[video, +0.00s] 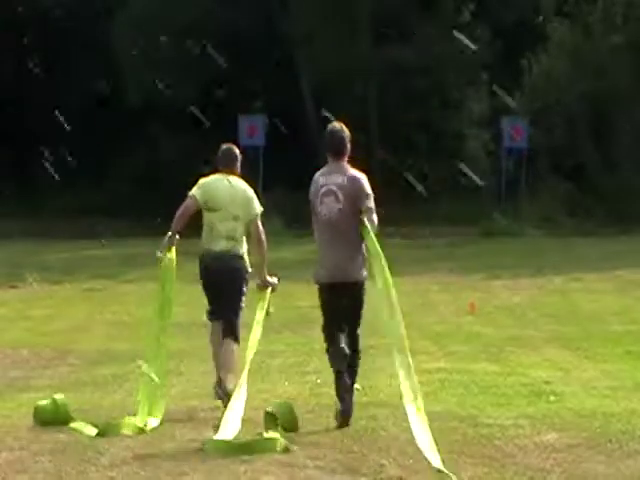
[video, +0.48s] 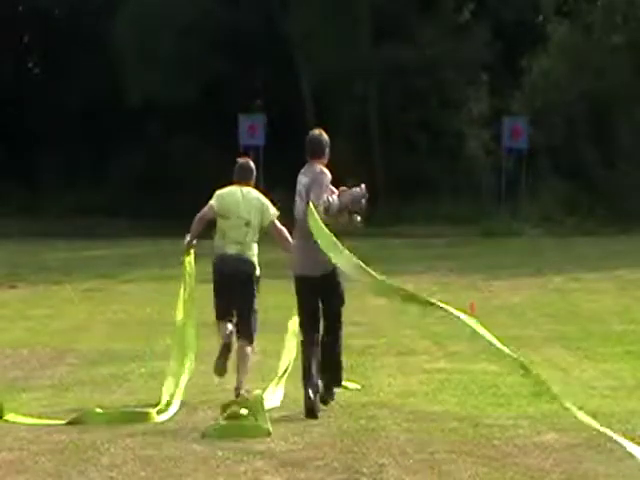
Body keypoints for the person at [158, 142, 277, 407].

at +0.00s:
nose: (239, 167)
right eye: (240, 163)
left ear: (217, 163)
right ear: (238, 164)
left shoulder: (206, 184)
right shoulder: (246, 191)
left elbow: (185, 210)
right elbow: (259, 237)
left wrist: (172, 235)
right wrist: (263, 273)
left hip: (209, 258)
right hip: (236, 259)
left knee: (216, 317)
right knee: (230, 324)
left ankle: (220, 376)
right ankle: (227, 381)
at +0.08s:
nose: (231, 168)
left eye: (222, 164)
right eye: (234, 163)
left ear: (217, 165)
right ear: (237, 165)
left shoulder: (207, 186)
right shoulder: (248, 191)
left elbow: (187, 213)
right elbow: (260, 233)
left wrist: (175, 237)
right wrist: (269, 270)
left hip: (213, 253)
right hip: (239, 253)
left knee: (222, 317)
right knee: (235, 308)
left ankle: (227, 376)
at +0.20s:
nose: (235, 175)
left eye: (228, 170)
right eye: (239, 171)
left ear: (220, 172)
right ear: (241, 172)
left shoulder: (210, 194)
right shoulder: (249, 196)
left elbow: (189, 219)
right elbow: (266, 233)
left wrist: (179, 242)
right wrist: (277, 267)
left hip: (217, 258)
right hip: (243, 257)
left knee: (222, 325)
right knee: (243, 316)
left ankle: (230, 388)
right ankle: (241, 339)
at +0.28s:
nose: (247, 170)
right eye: (247, 166)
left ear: (227, 165)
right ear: (248, 167)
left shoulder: (213, 186)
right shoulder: (253, 190)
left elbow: (192, 214)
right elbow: (270, 227)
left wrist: (184, 240)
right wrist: (282, 257)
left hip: (217, 254)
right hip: (244, 255)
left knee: (224, 320)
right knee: (242, 316)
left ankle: (229, 372)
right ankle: (244, 373)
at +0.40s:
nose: (253, 176)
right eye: (254, 172)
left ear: (233, 170)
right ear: (253, 172)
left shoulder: (220, 188)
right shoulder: (256, 194)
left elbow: (199, 215)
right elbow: (276, 230)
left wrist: (188, 241)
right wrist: (290, 254)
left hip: (217, 248)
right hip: (243, 251)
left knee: (222, 298)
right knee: (243, 320)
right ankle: (242, 376)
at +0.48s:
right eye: (251, 176)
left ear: (234, 176)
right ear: (254, 178)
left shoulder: (222, 195)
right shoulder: (260, 200)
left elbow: (202, 217)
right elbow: (278, 230)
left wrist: (191, 237)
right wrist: (295, 249)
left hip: (222, 259)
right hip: (247, 261)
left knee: (224, 313)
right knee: (245, 325)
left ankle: (227, 337)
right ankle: (240, 385)